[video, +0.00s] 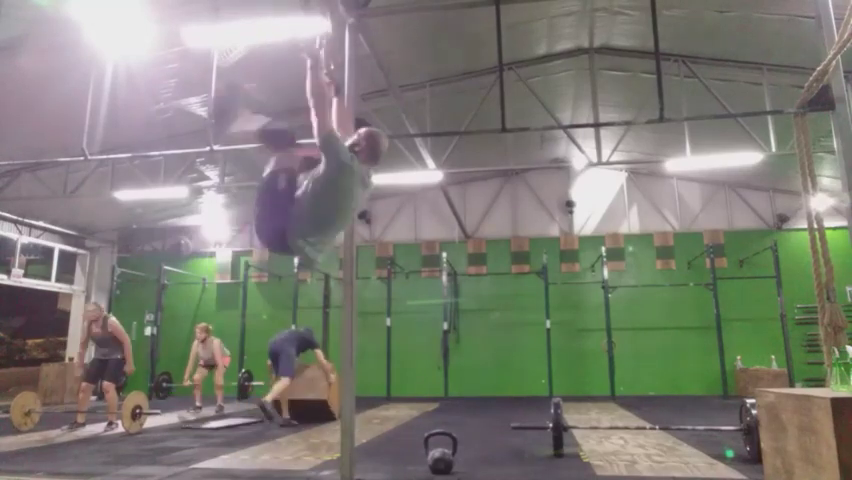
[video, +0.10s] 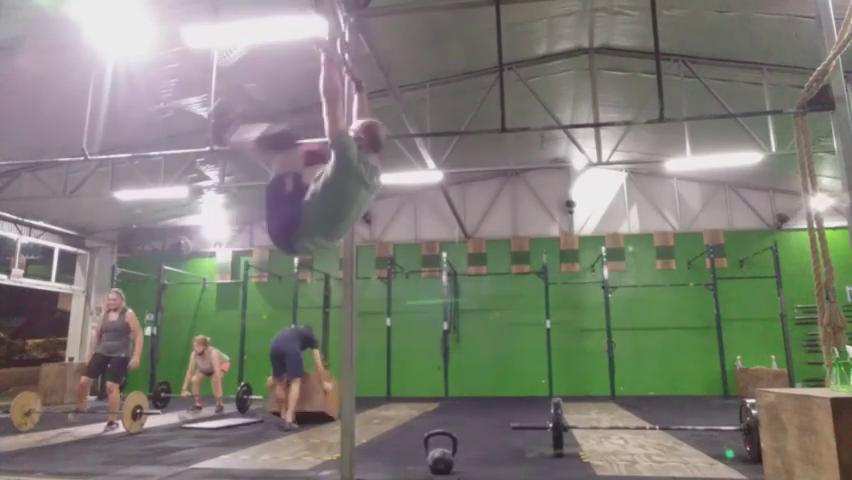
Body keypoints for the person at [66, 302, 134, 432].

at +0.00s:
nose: (93, 321)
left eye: (95, 317)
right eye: (90, 318)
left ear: (101, 313)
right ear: (87, 316)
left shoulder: (111, 322)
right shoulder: (89, 324)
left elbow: (126, 340)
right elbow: (83, 343)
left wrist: (129, 363)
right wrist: (81, 362)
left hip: (116, 357)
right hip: (99, 357)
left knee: (108, 386)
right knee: (85, 386)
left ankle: (112, 421)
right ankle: (80, 420)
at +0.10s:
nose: (111, 302)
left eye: (114, 299)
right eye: (109, 299)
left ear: (122, 301)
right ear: (106, 301)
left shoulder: (128, 314)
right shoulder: (104, 314)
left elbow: (138, 334)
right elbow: (98, 334)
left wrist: (136, 356)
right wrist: (92, 352)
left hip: (120, 353)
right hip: (102, 351)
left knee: (111, 386)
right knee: (84, 381)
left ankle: (112, 420)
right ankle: (79, 408)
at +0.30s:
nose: (95, 300)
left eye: (98, 297)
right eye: (92, 297)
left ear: (104, 299)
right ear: (89, 299)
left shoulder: (112, 315)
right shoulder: (84, 316)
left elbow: (119, 337)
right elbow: (73, 337)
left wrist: (121, 359)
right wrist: (64, 358)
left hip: (106, 358)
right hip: (85, 358)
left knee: (107, 388)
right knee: (77, 388)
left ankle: (111, 420)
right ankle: (64, 423)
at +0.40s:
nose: (69, 296)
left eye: (72, 293)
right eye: (67, 293)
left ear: (80, 295)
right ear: (65, 297)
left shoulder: (92, 310)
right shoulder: (62, 314)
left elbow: (104, 329)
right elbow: (56, 336)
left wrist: (106, 350)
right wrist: (55, 357)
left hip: (93, 353)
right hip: (72, 354)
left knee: (98, 383)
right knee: (68, 387)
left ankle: (112, 411)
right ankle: (63, 423)